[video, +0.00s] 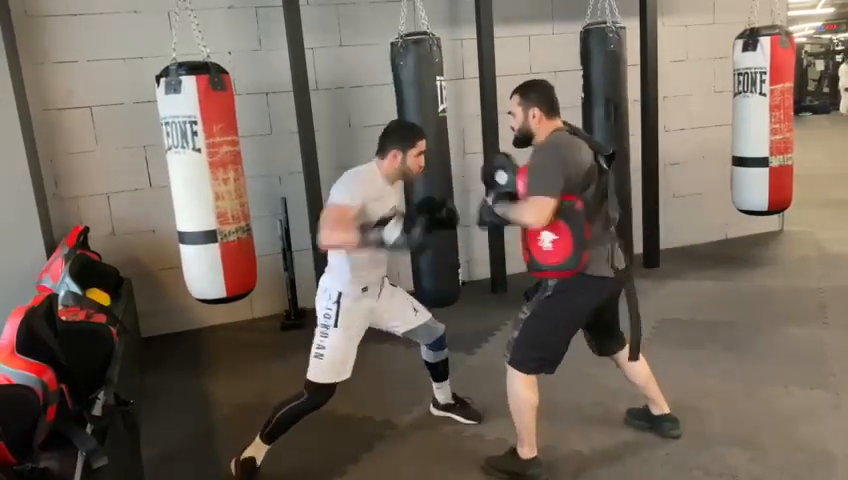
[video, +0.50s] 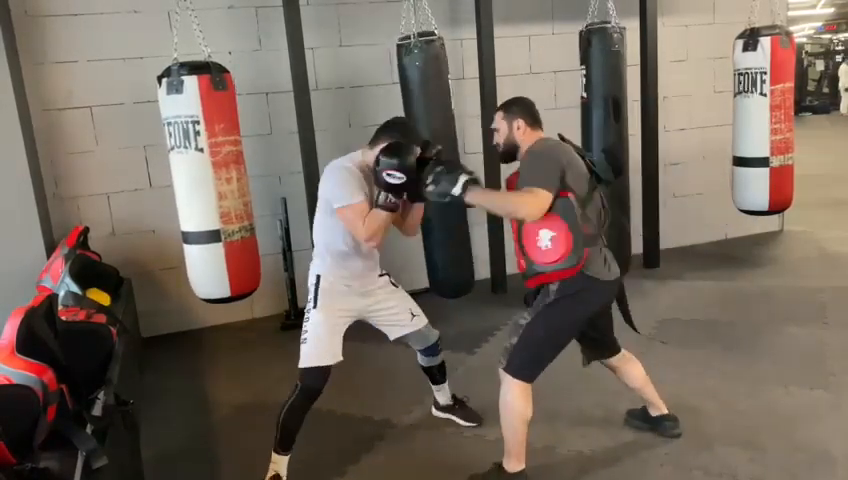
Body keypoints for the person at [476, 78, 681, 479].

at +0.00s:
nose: (512, 122)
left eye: (514, 114)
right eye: (511, 114)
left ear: (535, 113)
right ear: (549, 113)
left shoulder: (550, 150)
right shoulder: (576, 141)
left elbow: (536, 215)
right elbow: (565, 201)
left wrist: (498, 208)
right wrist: (519, 185)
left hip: (577, 277)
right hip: (608, 269)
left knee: (522, 361)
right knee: (618, 344)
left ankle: (526, 455)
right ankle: (662, 413)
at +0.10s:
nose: (525, 121)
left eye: (528, 113)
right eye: (524, 114)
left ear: (549, 112)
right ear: (556, 112)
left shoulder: (577, 151)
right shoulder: (565, 148)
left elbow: (589, 214)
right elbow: (541, 205)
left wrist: (532, 247)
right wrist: (501, 177)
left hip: (582, 279)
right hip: (604, 273)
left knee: (522, 358)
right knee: (616, 345)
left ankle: (526, 452)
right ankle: (663, 412)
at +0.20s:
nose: (526, 119)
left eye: (529, 111)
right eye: (526, 111)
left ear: (549, 109)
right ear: (560, 110)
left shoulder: (564, 145)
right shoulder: (590, 142)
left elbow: (581, 199)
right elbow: (568, 201)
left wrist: (519, 221)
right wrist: (518, 191)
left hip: (578, 275)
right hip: (612, 270)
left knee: (515, 353)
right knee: (622, 342)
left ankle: (518, 449)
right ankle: (664, 413)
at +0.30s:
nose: (524, 130)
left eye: (526, 123)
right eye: (523, 123)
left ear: (545, 119)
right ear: (563, 120)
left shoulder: (541, 149)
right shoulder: (594, 147)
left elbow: (501, 189)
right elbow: (622, 198)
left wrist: (431, 194)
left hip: (577, 273)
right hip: (621, 271)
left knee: (520, 362)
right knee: (625, 341)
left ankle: (514, 462)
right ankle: (664, 413)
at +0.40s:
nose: (514, 142)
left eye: (517, 132)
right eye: (514, 133)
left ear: (538, 128)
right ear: (551, 130)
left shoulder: (534, 160)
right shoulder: (588, 157)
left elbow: (496, 208)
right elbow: (628, 213)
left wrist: (426, 207)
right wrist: (593, 247)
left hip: (570, 283)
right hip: (609, 280)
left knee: (512, 369)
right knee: (617, 347)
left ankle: (512, 466)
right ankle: (663, 413)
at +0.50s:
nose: (493, 136)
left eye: (497, 128)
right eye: (493, 129)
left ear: (519, 125)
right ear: (529, 125)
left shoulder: (542, 153)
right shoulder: (560, 150)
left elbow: (531, 206)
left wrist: (465, 189)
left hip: (577, 284)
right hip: (598, 276)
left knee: (516, 372)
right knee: (610, 352)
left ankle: (513, 466)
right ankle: (660, 413)